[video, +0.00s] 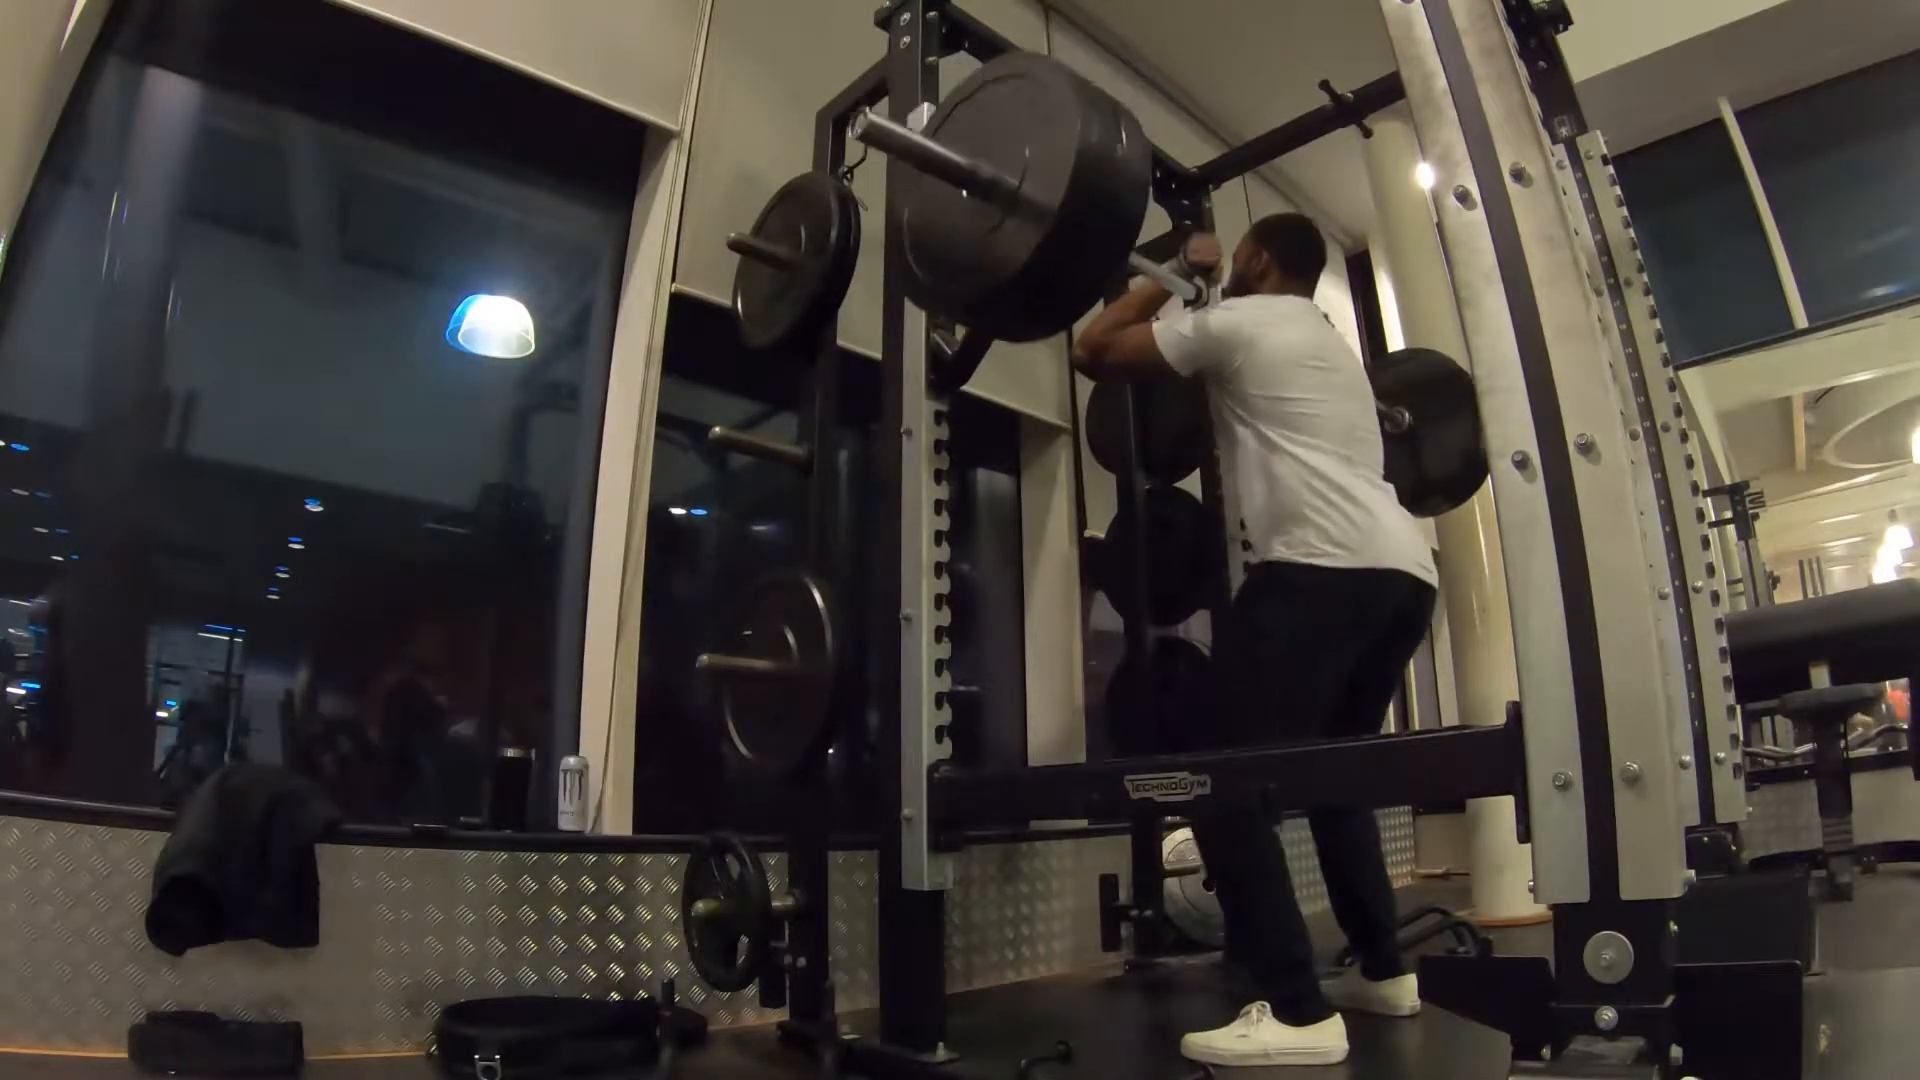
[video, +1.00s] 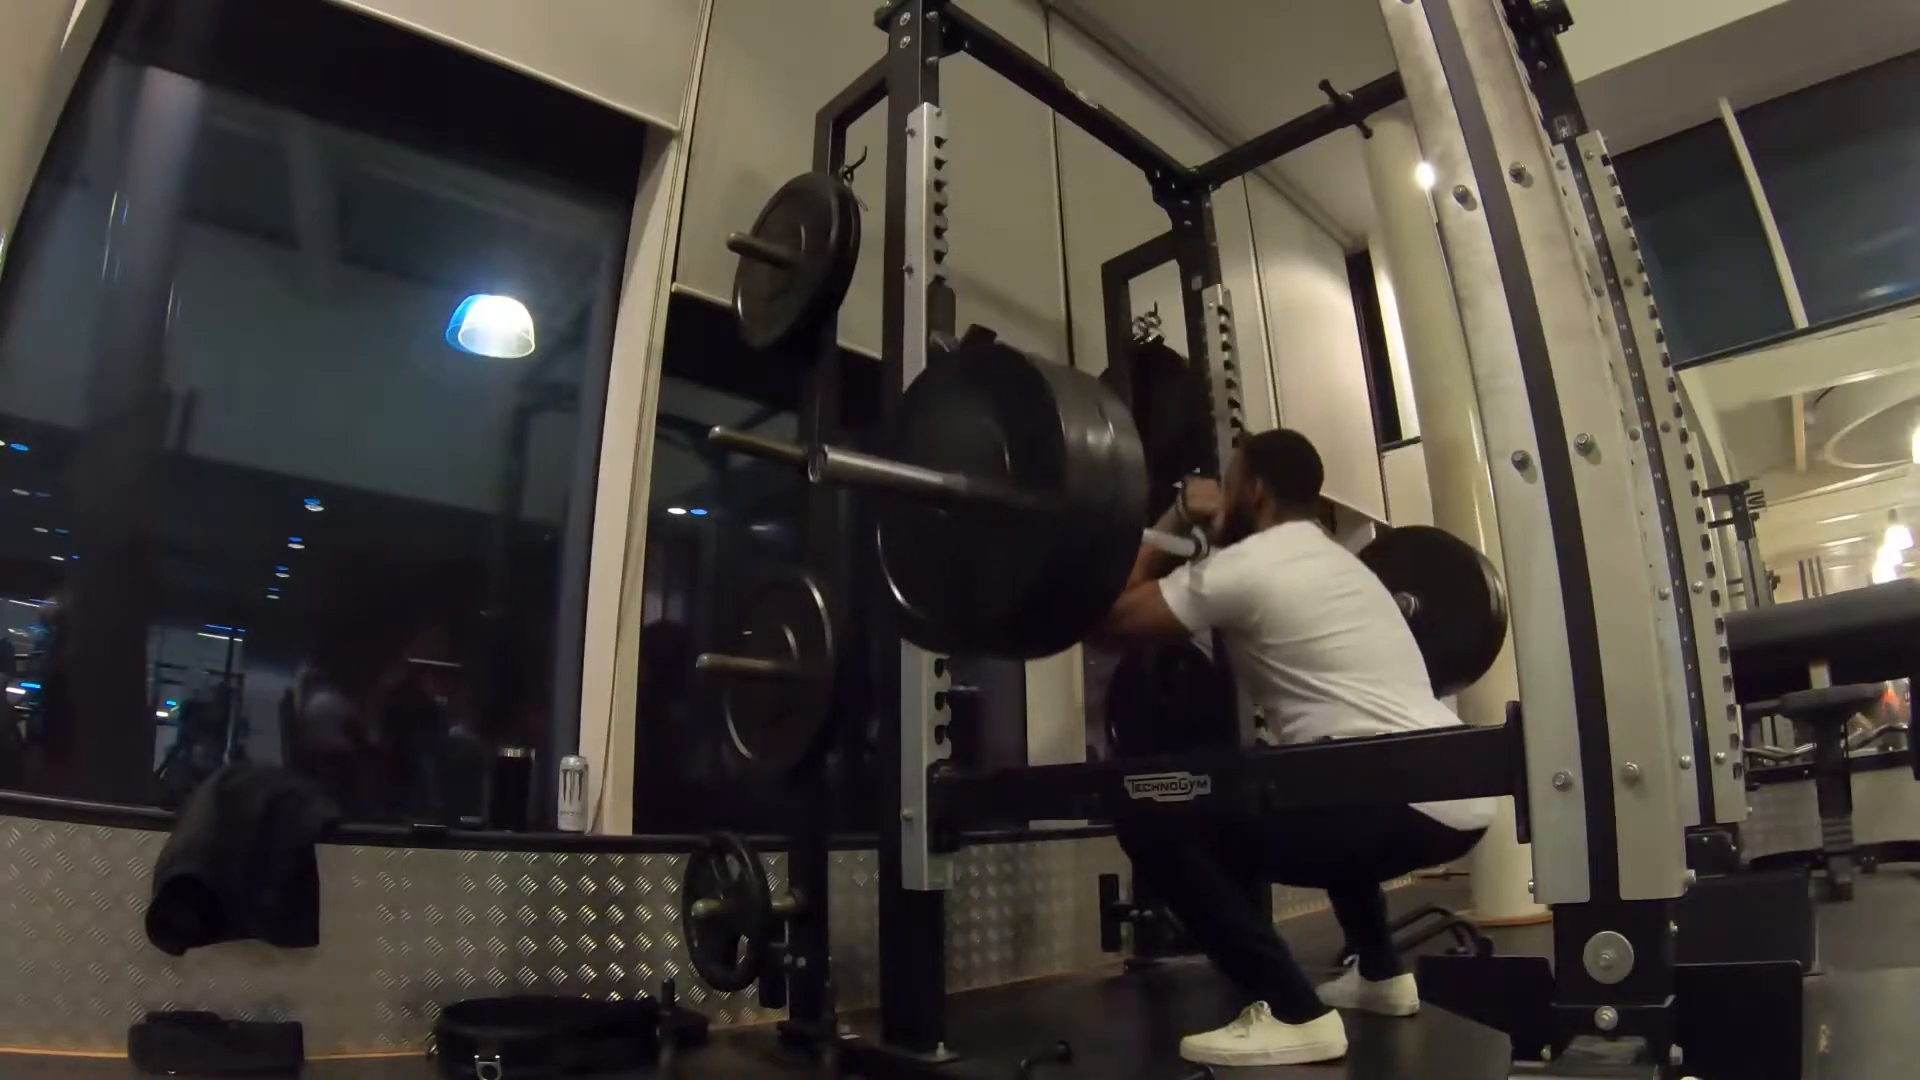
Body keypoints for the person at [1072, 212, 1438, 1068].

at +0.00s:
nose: (1237, 274)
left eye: (1242, 263)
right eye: (1239, 265)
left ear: (1259, 263)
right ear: (1312, 275)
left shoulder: (1236, 325)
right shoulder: (1333, 341)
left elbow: (1093, 345)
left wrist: (1156, 280)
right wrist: (1212, 286)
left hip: (1312, 573)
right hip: (1405, 578)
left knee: (1229, 783)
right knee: (1335, 769)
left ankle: (1294, 1011)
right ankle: (1384, 970)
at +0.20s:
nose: (1225, 314)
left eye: (1236, 303)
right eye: (1233, 303)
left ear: (1260, 311)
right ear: (1305, 323)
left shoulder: (1244, 378)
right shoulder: (1335, 387)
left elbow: (1096, 408)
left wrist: (1179, 333)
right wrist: (1219, 345)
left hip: (1332, 625)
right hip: (1423, 634)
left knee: (1185, 780)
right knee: (1323, 774)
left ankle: (1293, 1012)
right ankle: (1385, 970)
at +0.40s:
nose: (1222, 361)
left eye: (1232, 349)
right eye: (1227, 348)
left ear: (1259, 361)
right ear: (1302, 370)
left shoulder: (1242, 429)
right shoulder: (1339, 431)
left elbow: (1096, 464)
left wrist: (1168, 391)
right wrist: (1219, 387)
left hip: (1349, 662)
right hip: (1441, 675)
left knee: (1174, 793)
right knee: (1313, 779)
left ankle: (1294, 1013)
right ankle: (1384, 970)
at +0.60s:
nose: (1223, 406)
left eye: (1231, 394)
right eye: (1226, 393)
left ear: (1255, 405)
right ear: (1302, 412)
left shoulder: (1242, 477)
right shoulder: (1334, 476)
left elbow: (1104, 518)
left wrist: (1157, 443)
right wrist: (1214, 436)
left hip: (1363, 695)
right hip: (1455, 703)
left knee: (1167, 795)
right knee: (1309, 785)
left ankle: (1293, 1012)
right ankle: (1384, 972)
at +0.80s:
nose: (1225, 452)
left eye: (1232, 441)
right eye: (1227, 439)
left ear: (1254, 450)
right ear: (1304, 456)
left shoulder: (1240, 528)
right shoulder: (1333, 517)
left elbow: (1107, 569)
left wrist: (1166, 486)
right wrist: (1221, 477)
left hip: (1363, 757)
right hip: (1456, 752)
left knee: (1151, 811)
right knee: (1286, 777)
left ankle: (1295, 1013)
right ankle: (1381, 969)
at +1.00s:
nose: (1221, 494)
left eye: (1230, 482)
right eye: (1224, 482)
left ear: (1256, 492)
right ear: (1309, 495)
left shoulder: (1241, 569)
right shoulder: (1334, 554)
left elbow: (1113, 618)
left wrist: (1172, 524)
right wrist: (1220, 534)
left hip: (1384, 807)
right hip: (1458, 804)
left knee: (1160, 827)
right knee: (1304, 789)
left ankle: (1294, 1013)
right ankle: (1381, 972)